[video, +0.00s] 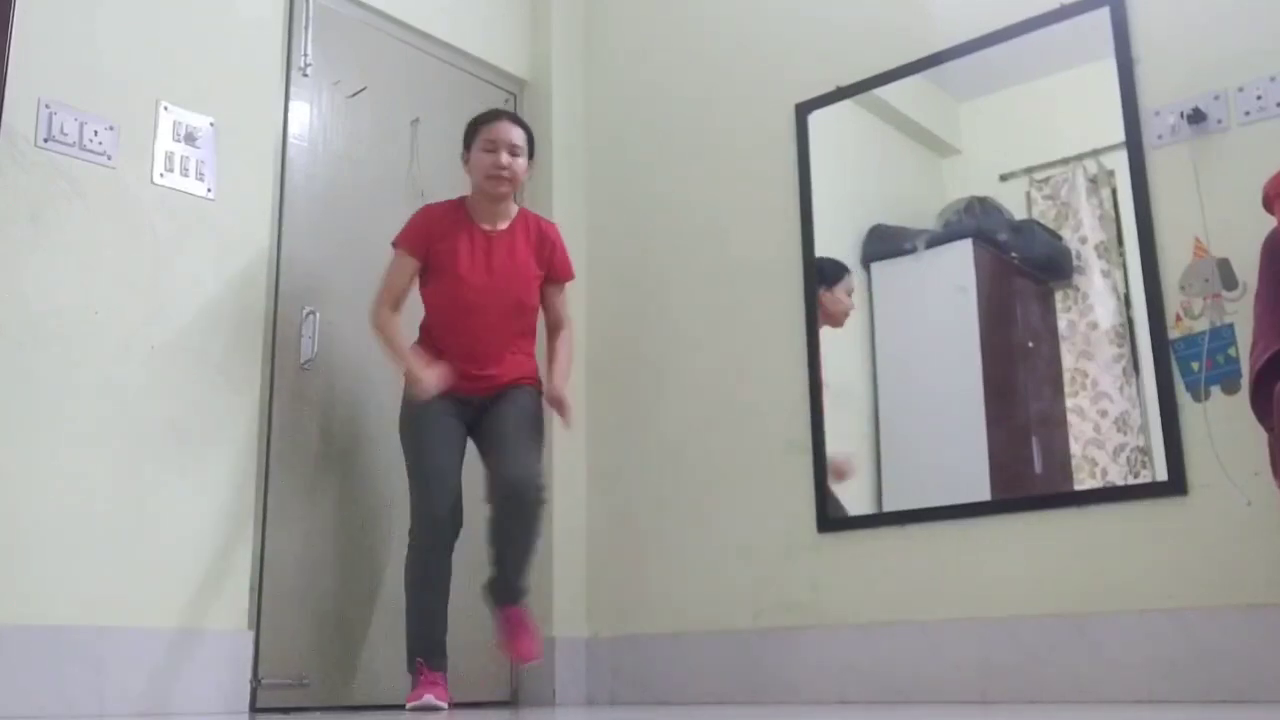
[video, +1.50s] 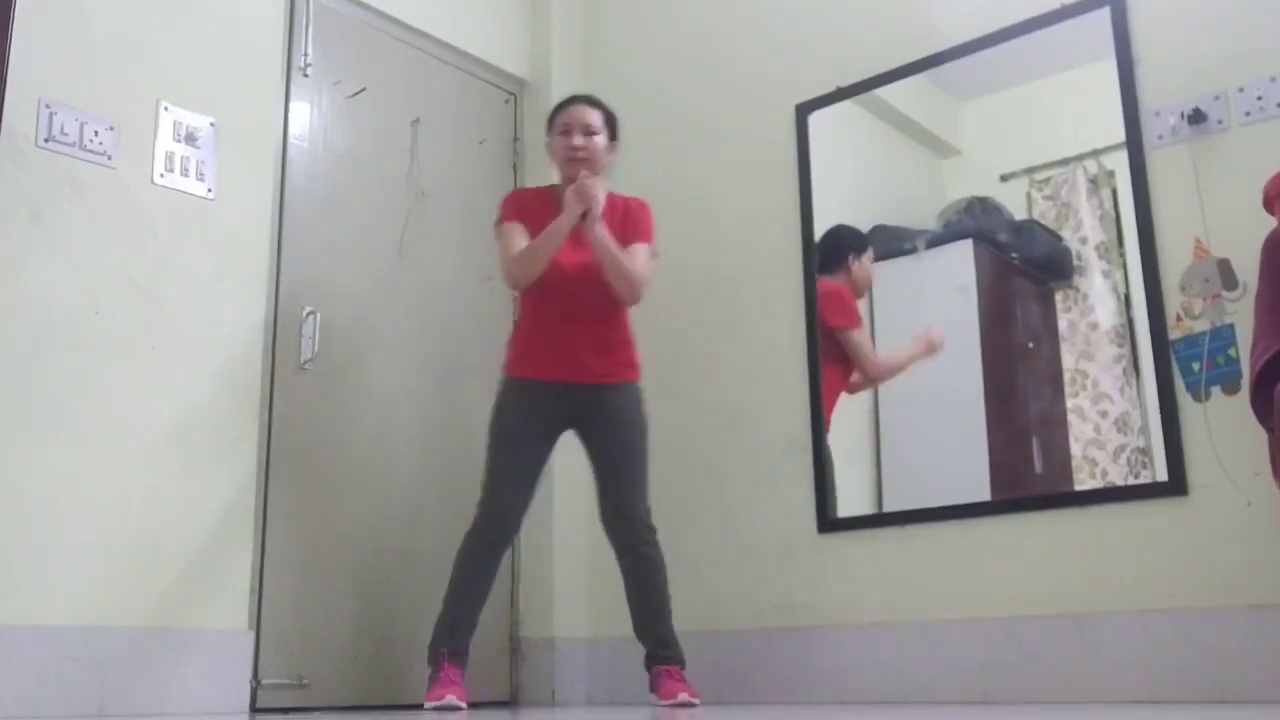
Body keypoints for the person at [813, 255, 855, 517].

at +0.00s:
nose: (852, 305)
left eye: (851, 295)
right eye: (847, 294)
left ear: (825, 295)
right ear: (823, 294)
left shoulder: (809, 340)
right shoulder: (803, 342)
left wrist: (823, 463)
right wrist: (824, 464)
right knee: (838, 520)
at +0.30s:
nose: (853, 283)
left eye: (857, 276)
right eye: (844, 272)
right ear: (817, 269)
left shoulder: (820, 308)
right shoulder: (814, 306)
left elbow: (862, 378)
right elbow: (856, 368)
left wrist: (903, 334)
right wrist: (904, 333)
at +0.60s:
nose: (883, 276)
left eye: (888, 269)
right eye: (875, 264)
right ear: (846, 260)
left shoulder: (829, 294)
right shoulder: (841, 290)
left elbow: (840, 395)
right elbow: (861, 371)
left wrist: (870, 461)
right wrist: (889, 447)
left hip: (815, 435)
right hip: (807, 434)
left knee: (836, 520)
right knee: (837, 519)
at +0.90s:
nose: (898, 273)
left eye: (903, 266)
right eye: (891, 261)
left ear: (908, 267)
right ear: (861, 255)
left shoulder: (835, 281)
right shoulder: (859, 281)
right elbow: (823, 309)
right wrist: (806, 369)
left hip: (824, 414)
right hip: (823, 414)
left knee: (835, 506)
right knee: (838, 508)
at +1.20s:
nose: (889, 273)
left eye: (890, 263)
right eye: (886, 260)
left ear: (860, 258)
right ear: (863, 258)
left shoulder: (822, 289)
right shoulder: (846, 288)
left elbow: (825, 396)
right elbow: (843, 367)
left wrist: (877, 432)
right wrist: (884, 426)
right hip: (824, 431)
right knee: (851, 526)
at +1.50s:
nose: (872, 273)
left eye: (872, 263)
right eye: (869, 263)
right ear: (851, 262)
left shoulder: (823, 294)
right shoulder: (832, 292)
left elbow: (851, 383)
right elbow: (874, 369)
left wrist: (914, 353)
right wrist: (921, 348)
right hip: (807, 435)